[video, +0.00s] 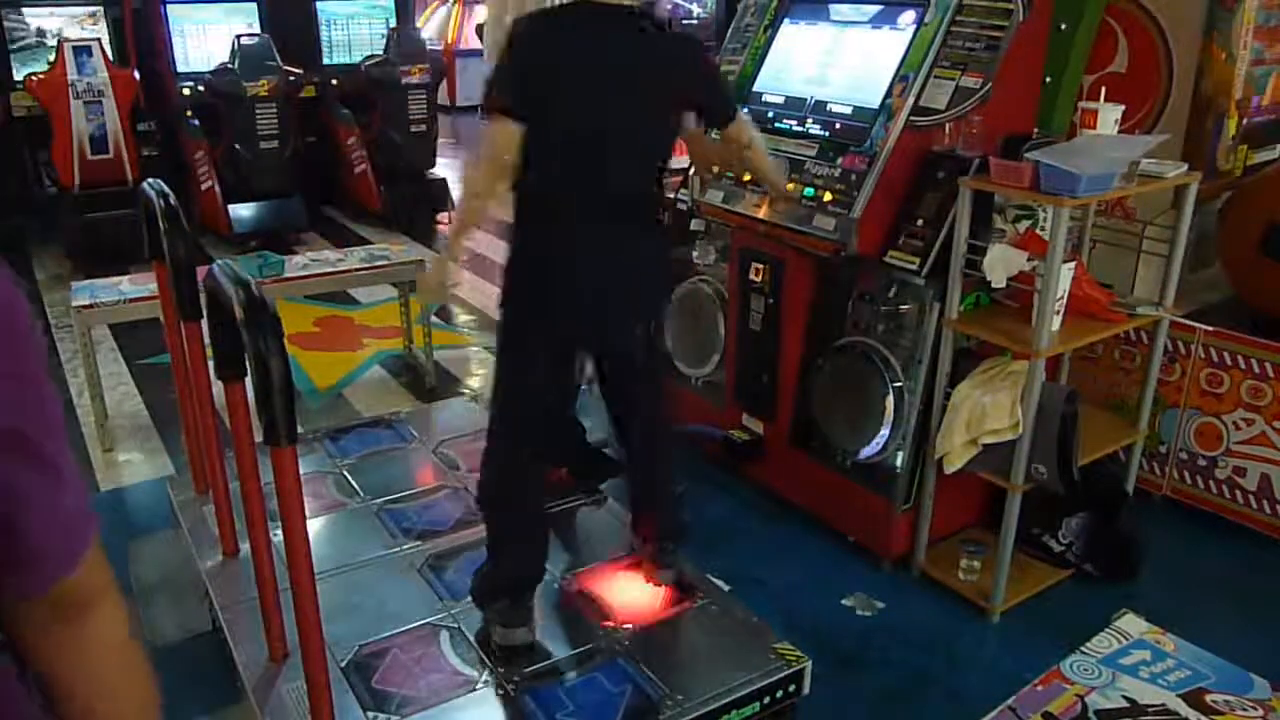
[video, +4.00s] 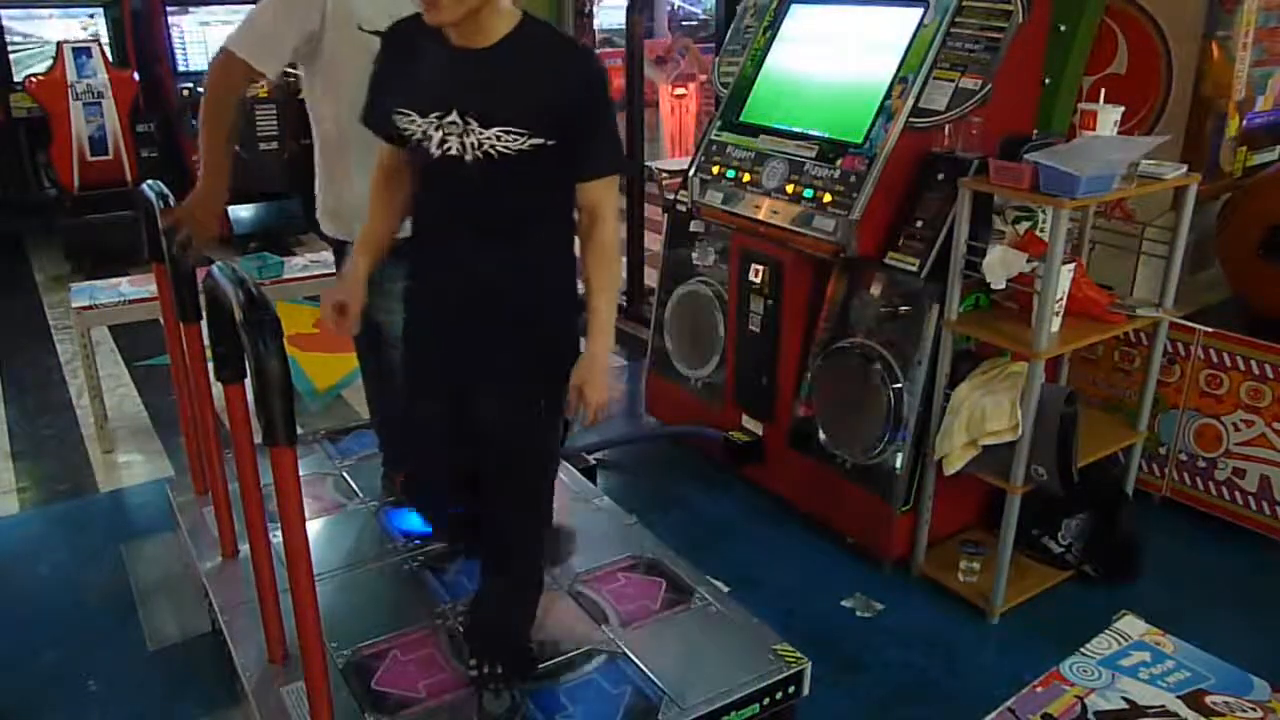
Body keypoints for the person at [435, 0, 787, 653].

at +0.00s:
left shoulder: (536, 35)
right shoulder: (675, 49)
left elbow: (498, 158)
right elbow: (742, 143)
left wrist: (450, 250)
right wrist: (777, 186)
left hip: (544, 269)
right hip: (634, 269)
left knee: (518, 431)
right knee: (643, 408)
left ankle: (510, 606)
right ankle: (660, 550)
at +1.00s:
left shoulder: (616, 37)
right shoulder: (747, 42)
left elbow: (593, 166)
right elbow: (795, 143)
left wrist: (569, 252)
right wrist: (807, 187)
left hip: (634, 255)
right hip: (713, 259)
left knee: (644, 411)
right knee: (696, 404)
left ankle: (718, 554)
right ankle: (660, 532)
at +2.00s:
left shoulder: (675, 48)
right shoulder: (778, 41)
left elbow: (670, 183)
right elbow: (814, 152)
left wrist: (636, 287)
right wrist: (809, 188)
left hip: (700, 269)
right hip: (765, 266)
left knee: (720, 425)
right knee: (705, 414)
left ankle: (755, 572)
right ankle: (664, 537)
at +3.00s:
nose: (593, 3)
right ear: (606, 4)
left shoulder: (693, 55)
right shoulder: (634, 54)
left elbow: (719, 195)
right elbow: (646, 182)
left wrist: (686, 317)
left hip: (686, 300)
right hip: (640, 293)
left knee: (706, 444)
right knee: (615, 427)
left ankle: (755, 567)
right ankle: (610, 549)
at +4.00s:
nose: (425, 4)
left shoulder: (570, 70)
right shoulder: (408, 45)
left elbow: (599, 216)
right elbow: (395, 166)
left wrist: (600, 346)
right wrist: (357, 267)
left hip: (531, 325)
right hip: (436, 319)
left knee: (514, 505)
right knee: (436, 481)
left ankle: (501, 661)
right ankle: (529, 541)